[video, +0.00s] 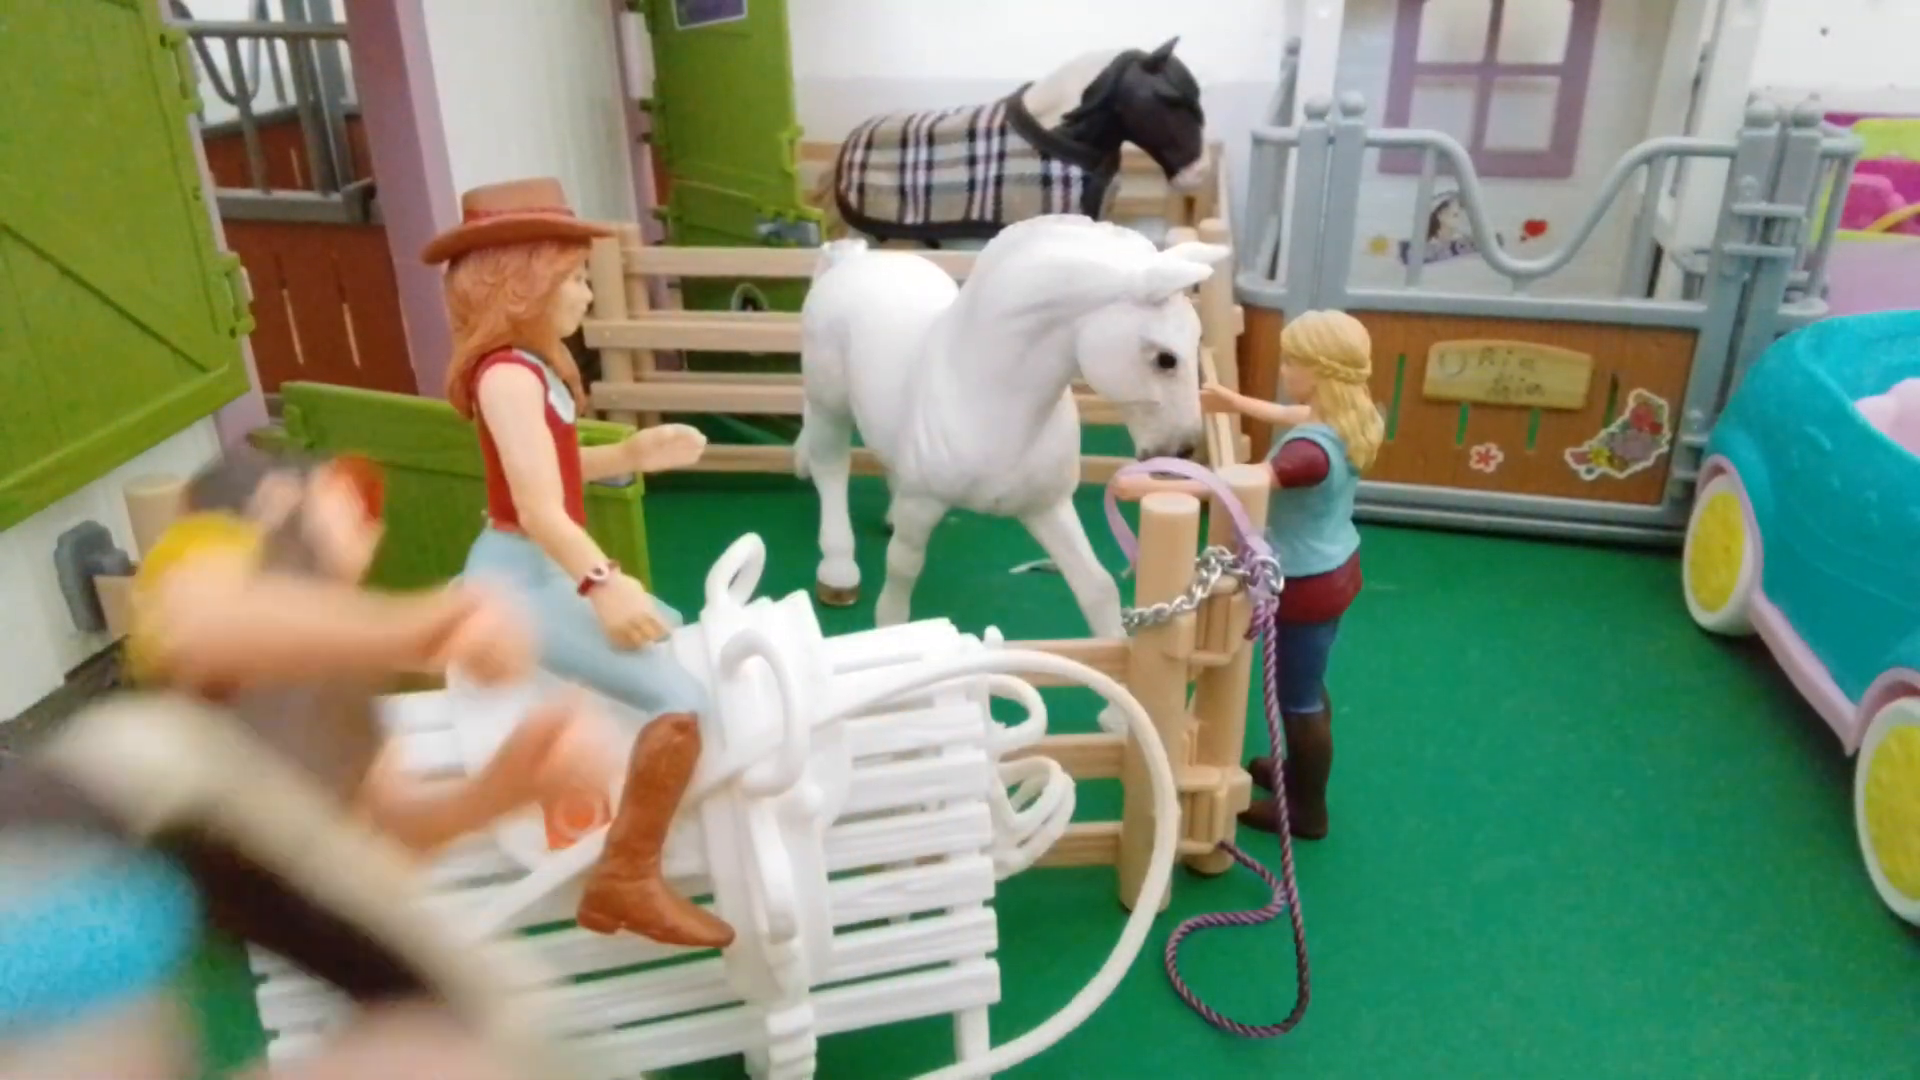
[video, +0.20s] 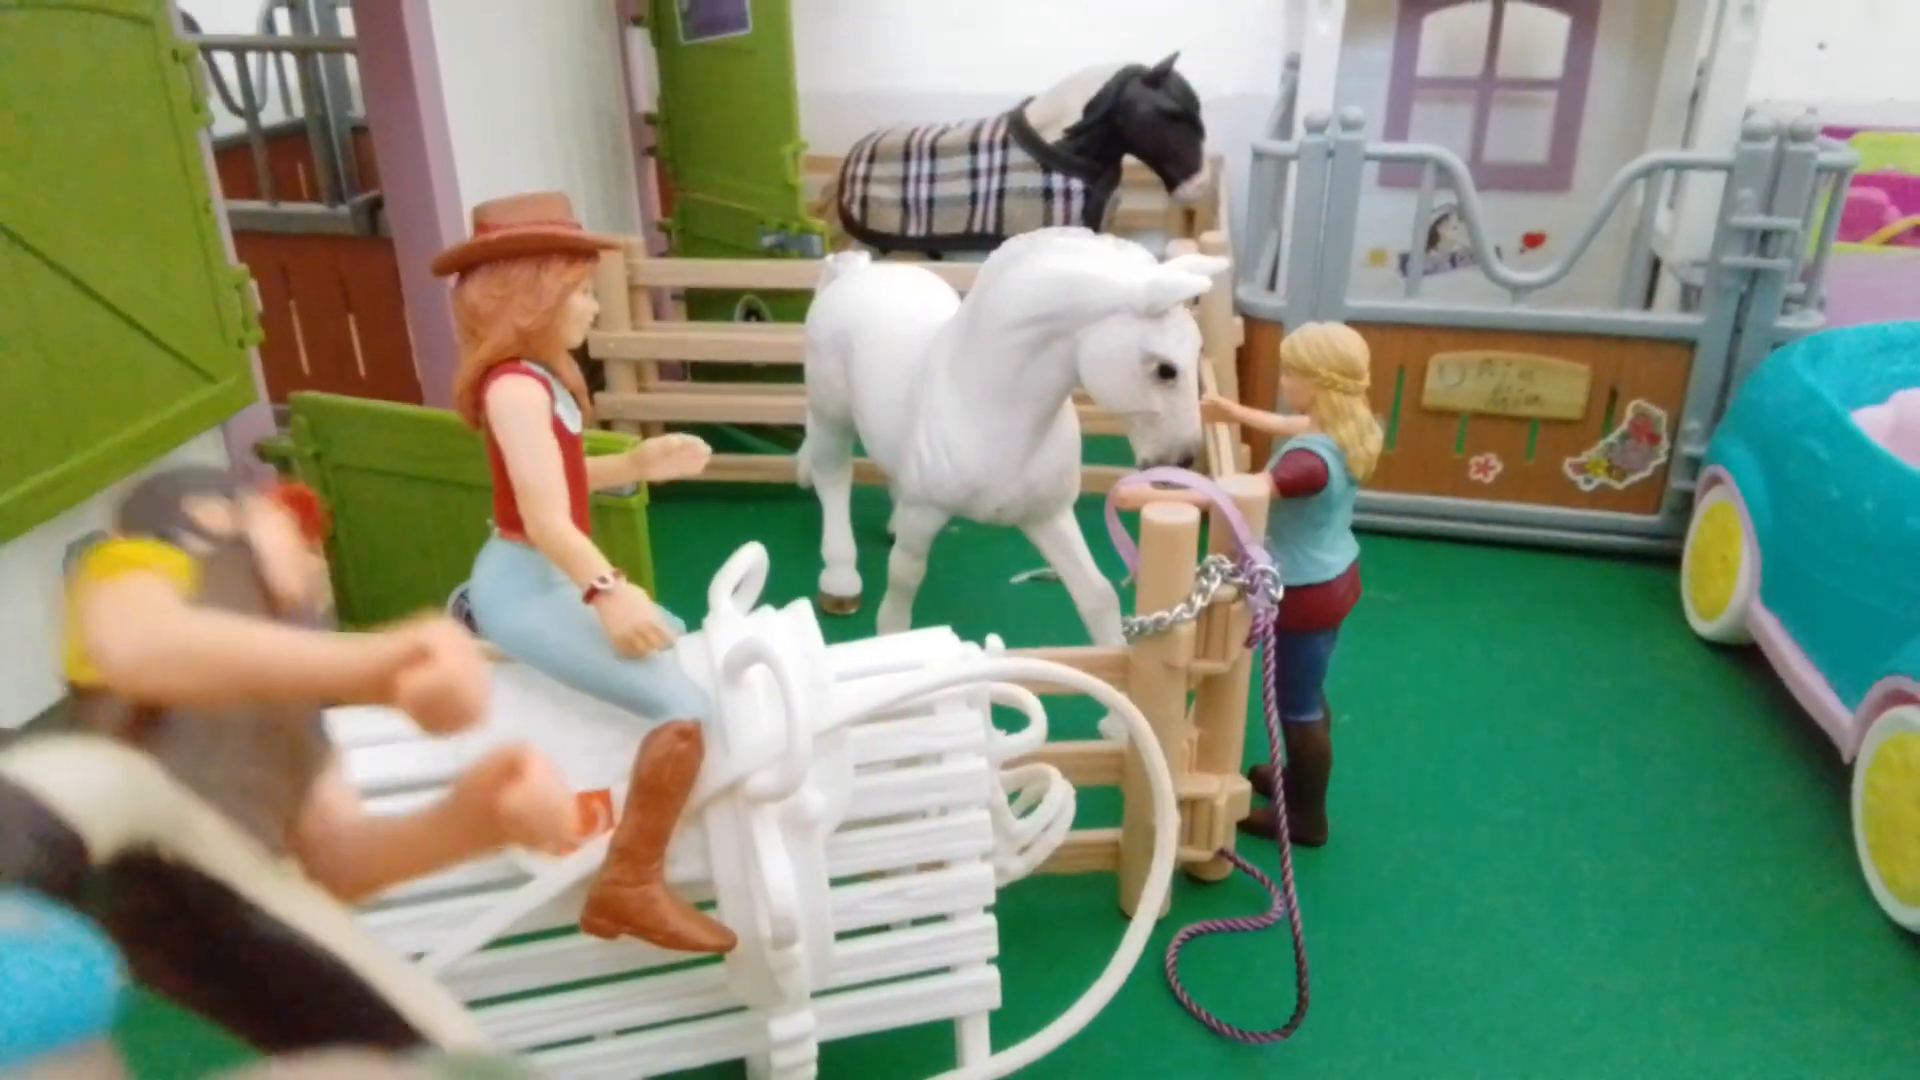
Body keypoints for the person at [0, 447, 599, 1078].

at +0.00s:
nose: (369, 524)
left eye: (368, 505)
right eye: (356, 499)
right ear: (300, 488)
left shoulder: (331, 659)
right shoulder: (220, 539)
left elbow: (380, 826)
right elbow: (194, 628)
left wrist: (505, 786)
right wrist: (420, 627)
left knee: (453, 1011)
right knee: (132, 746)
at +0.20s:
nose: (315, 547)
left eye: (314, 535)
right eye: (299, 520)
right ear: (246, 500)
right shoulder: (196, 502)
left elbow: (327, 856)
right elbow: (130, 647)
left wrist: (476, 819)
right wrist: (369, 666)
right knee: (88, 779)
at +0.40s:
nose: (306, 420)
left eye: (301, 396)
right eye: (288, 385)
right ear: (210, 373)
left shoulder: (264, 531)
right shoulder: (128, 408)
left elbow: (299, 716)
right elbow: (107, 489)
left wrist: (439, 691)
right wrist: (348, 530)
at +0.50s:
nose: (298, 339)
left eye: (300, 332)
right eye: (290, 312)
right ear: (259, 286)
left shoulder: (278, 492)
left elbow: (296, 623)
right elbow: (94, 382)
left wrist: (422, 602)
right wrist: (336, 420)